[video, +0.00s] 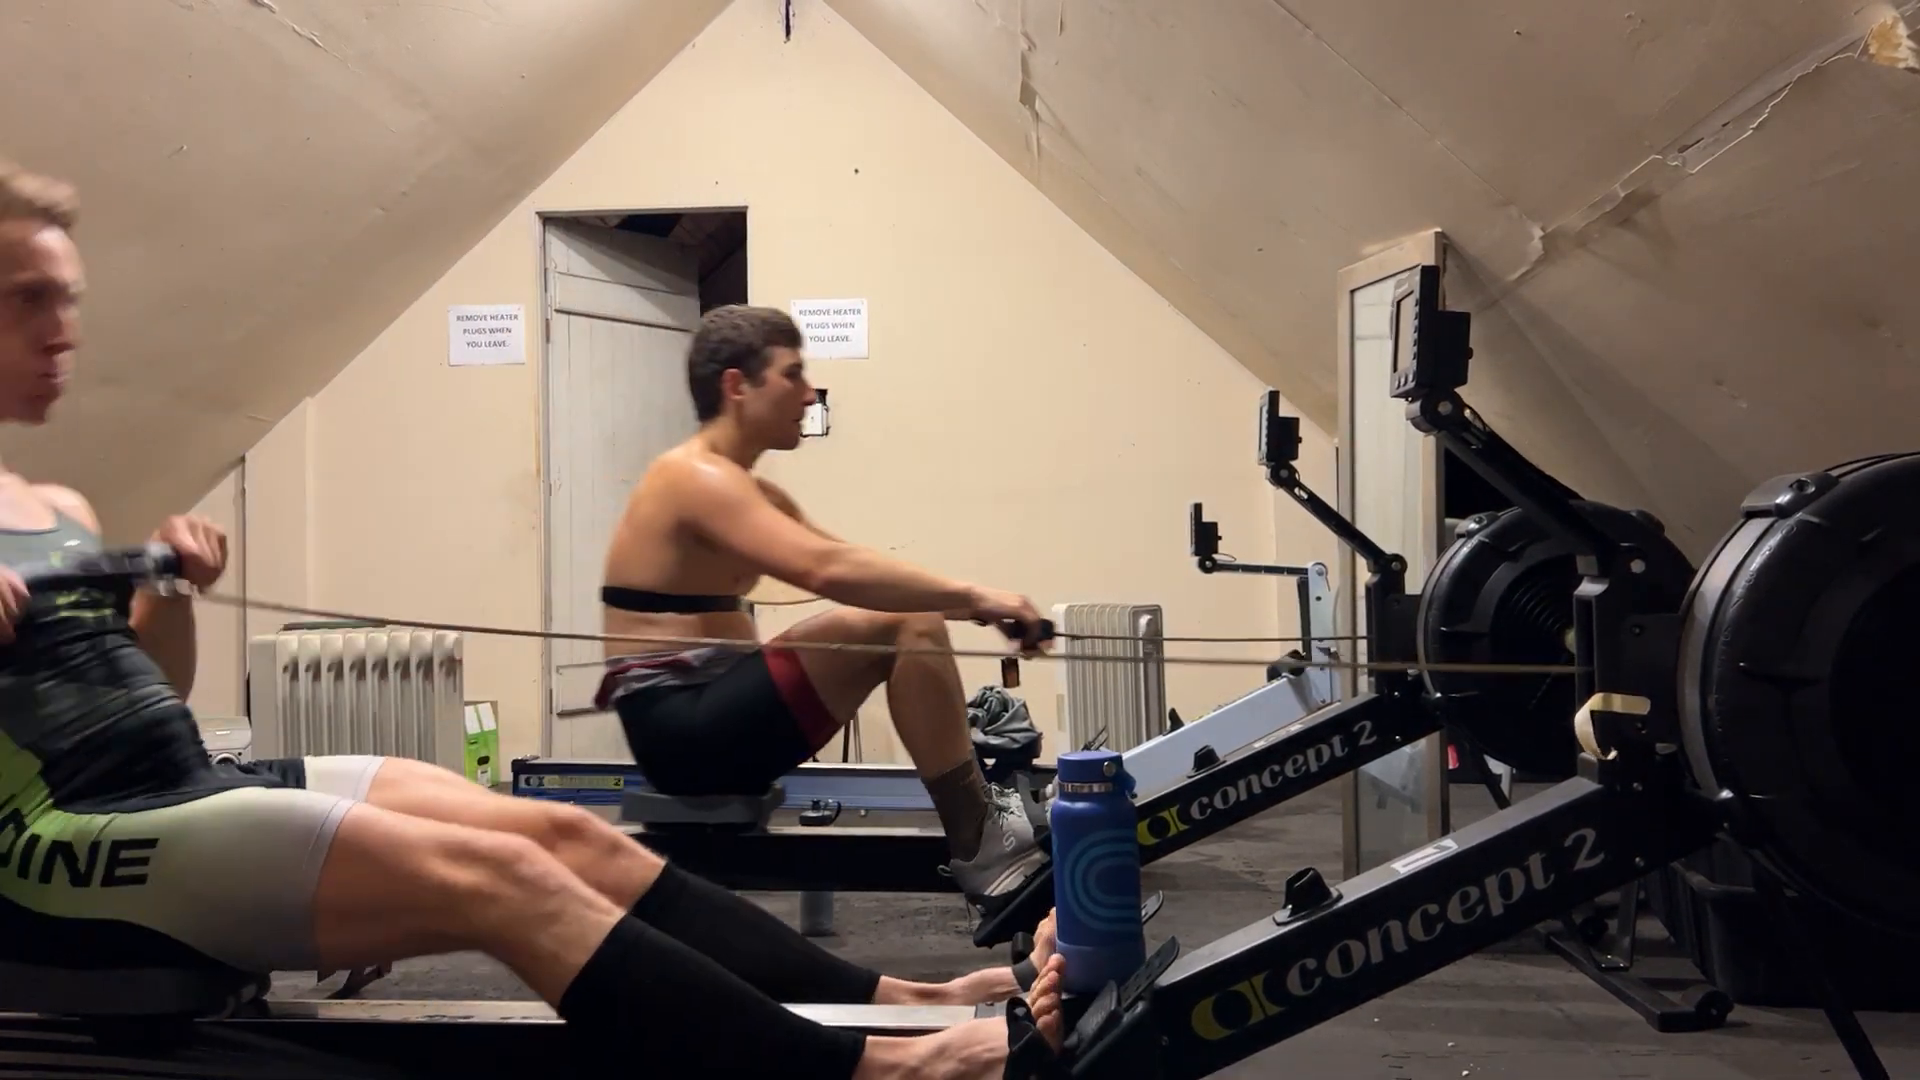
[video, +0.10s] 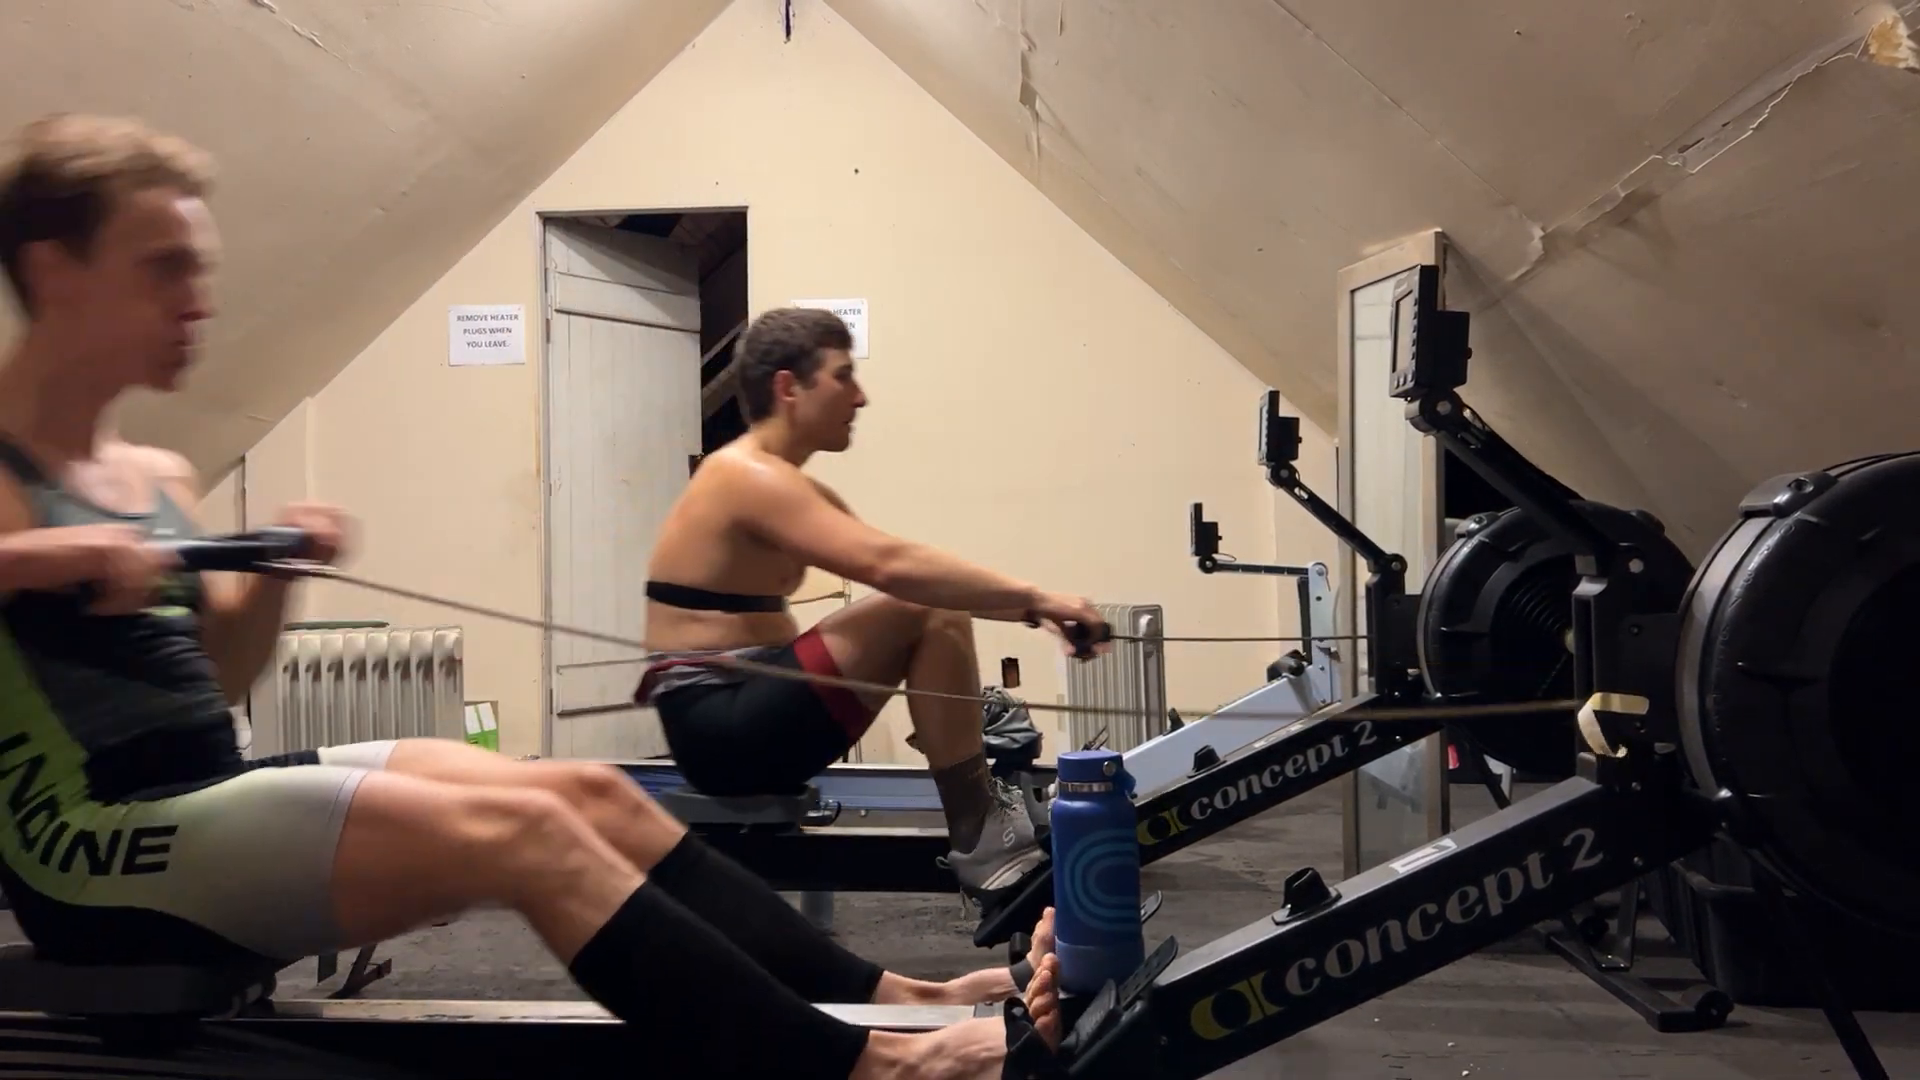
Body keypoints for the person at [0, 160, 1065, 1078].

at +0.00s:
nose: (60, 333)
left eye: (65, 303)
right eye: (35, 302)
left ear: (68, 312)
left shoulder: (58, 505)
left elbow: (156, 693)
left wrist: (169, 590)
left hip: (185, 784)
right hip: (61, 829)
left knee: (569, 835)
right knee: (493, 874)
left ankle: (913, 1006)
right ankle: (871, 1060)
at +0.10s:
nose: (197, 308)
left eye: (197, 275)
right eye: (169, 272)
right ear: (52, 273)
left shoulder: (153, 474)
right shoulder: (10, 464)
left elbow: (225, 670)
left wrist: (272, 574)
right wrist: (64, 560)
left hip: (222, 786)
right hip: (94, 832)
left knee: (593, 794)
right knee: (519, 828)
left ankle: (890, 1005)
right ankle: (850, 1058)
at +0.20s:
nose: (379, 273)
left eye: (375, 242)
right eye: (346, 240)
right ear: (233, 249)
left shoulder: (300, 466)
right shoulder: (102, 440)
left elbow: (401, 660)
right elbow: (24, 682)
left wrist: (482, 583)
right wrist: (301, 573)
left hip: (277, 795)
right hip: (148, 827)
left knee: (646, 748)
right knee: (581, 782)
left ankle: (894, 999)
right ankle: (849, 1056)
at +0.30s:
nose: (558, 285)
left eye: (549, 253)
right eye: (524, 253)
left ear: (448, 273)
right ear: (416, 268)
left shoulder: (464, 483)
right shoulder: (285, 433)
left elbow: (614, 634)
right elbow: (357, 663)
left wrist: (757, 617)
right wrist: (645, 624)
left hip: (349, 805)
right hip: (229, 834)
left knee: (700, 702)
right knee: (637, 743)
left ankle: (908, 995)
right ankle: (886, 1064)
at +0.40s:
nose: (672, 304)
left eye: (659, 273)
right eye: (637, 274)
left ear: (551, 303)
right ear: (538, 298)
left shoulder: (577, 498)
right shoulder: (418, 453)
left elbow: (763, 595)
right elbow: (663, 631)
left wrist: (951, 628)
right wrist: (941, 641)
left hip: (383, 812)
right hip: (283, 834)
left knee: (752, 696)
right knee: (684, 722)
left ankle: (925, 993)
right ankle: (907, 1062)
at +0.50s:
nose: (680, 299)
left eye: (665, 269)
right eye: (645, 272)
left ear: (556, 306)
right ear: (547, 302)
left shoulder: (592, 480)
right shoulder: (449, 445)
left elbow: (784, 587)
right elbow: (702, 613)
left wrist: (977, 617)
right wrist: (984, 652)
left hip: (377, 806)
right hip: (293, 832)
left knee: (748, 686)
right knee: (686, 713)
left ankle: (919, 988)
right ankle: (902, 1055)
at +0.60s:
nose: (563, 264)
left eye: (550, 236)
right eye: (528, 239)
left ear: (459, 268)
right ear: (426, 267)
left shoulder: (504, 453)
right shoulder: (348, 425)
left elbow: (665, 608)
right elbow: (531, 641)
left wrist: (868, 615)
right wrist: (824, 634)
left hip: (357, 800)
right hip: (248, 823)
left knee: (724, 702)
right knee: (657, 744)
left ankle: (918, 991)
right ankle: (896, 1055)